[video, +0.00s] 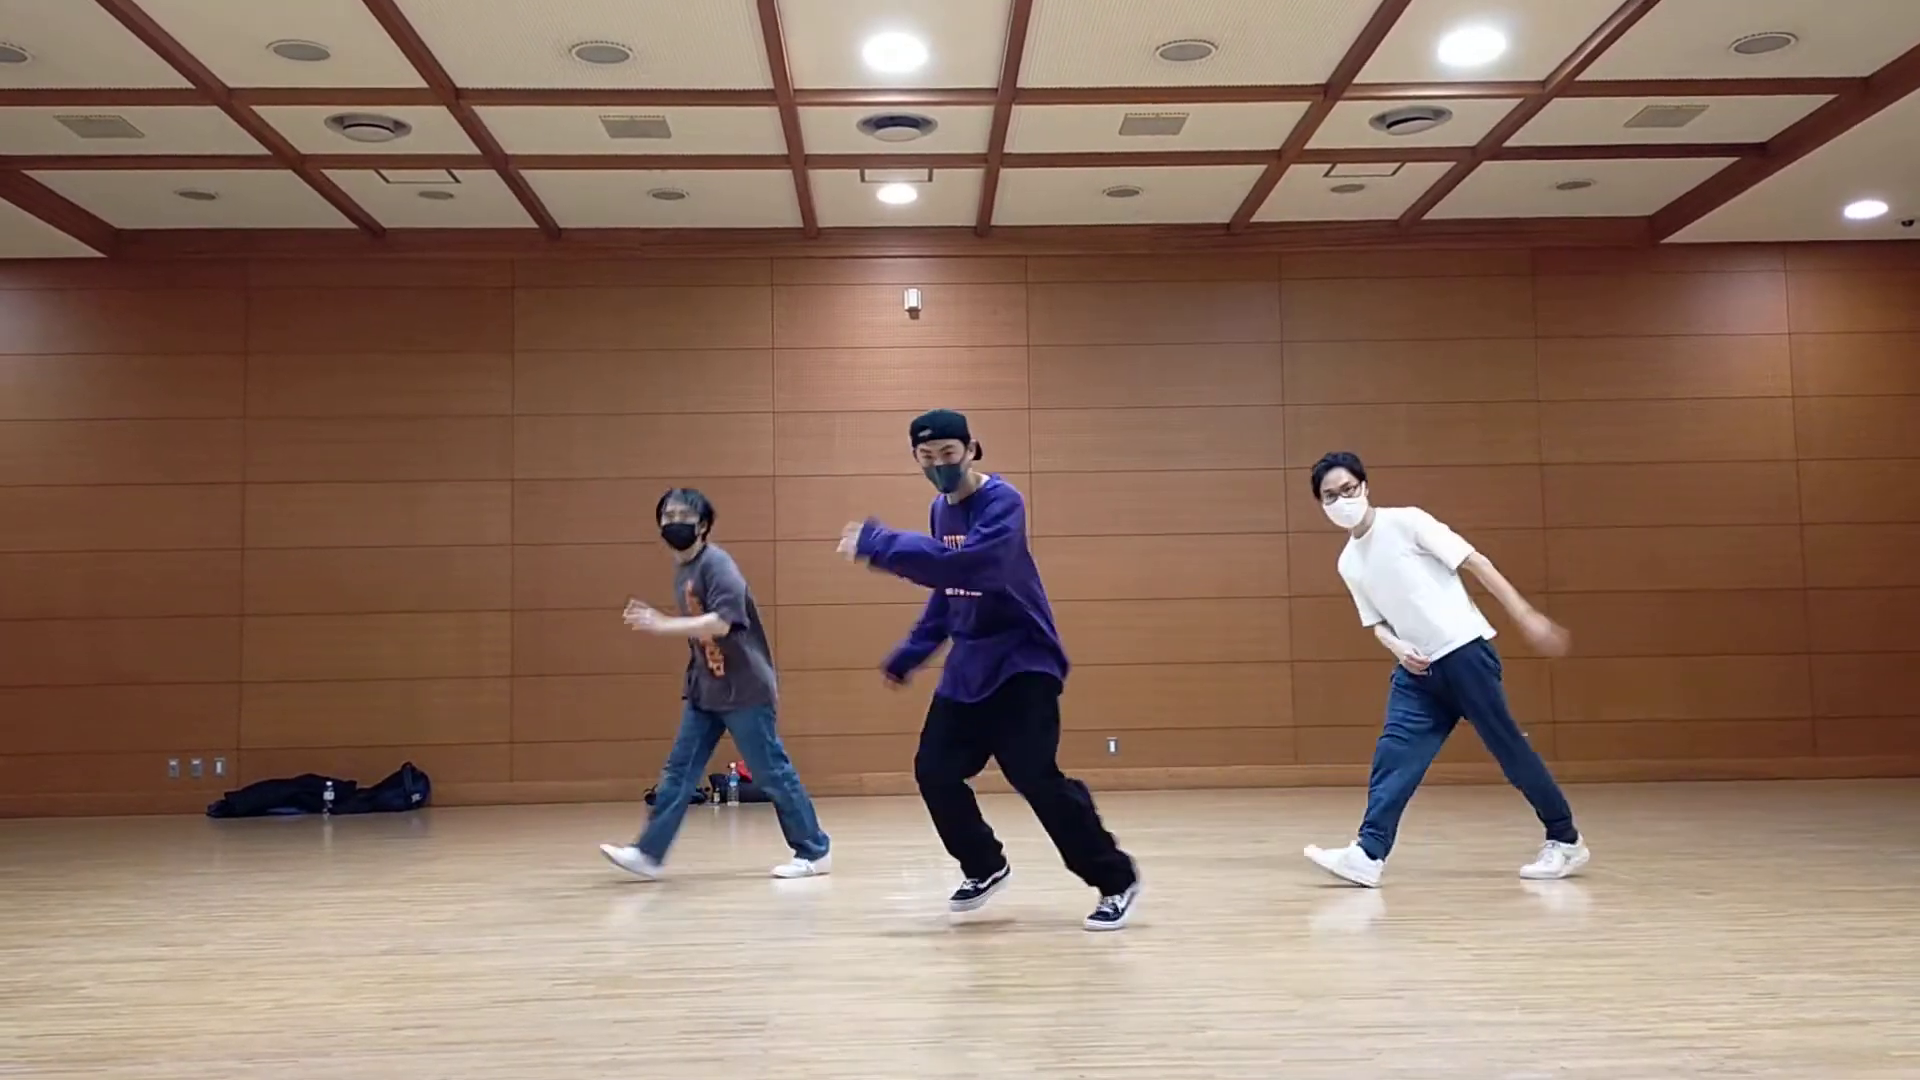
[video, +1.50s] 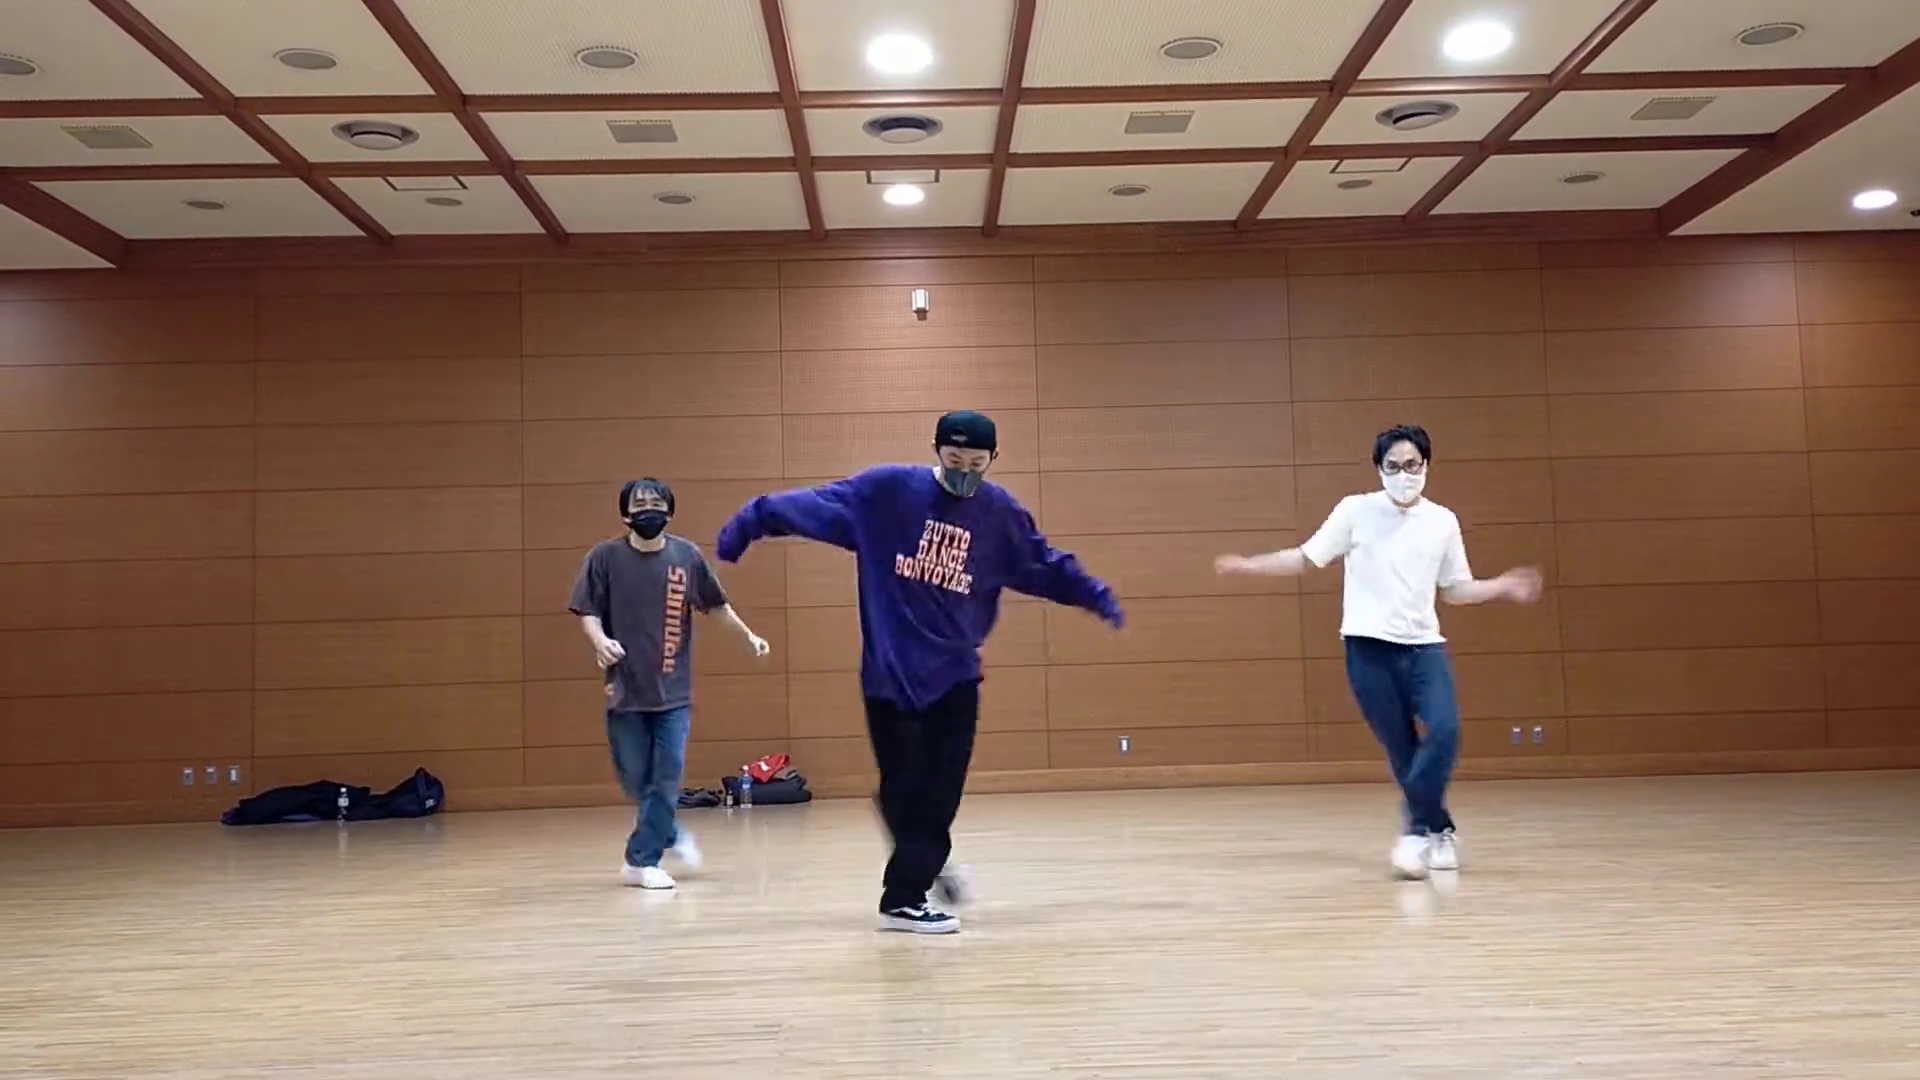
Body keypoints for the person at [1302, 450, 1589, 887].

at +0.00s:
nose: (1342, 501)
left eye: (1349, 489)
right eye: (1331, 496)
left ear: (1365, 488)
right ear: (1322, 506)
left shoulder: (1406, 522)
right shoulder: (1348, 563)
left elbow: (1474, 561)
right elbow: (1376, 624)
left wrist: (1525, 614)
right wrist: (1398, 648)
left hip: (1463, 653)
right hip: (1417, 670)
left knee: (1509, 748)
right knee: (1395, 753)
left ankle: (1566, 841)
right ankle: (1368, 855)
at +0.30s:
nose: (1293, 479)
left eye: (1299, 469)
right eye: (1281, 476)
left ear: (1314, 472)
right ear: (1271, 490)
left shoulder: (1355, 504)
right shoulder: (1280, 556)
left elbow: (1424, 517)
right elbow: (1300, 626)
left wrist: (1491, 523)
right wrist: (1322, 624)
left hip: (1397, 646)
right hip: (1343, 663)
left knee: (1431, 740)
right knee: (1328, 752)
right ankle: (1359, 857)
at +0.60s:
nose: (1293, 483)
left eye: (1301, 474)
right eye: (1283, 475)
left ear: (1311, 477)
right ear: (1265, 479)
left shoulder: (1327, 523)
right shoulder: (1252, 535)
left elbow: (1352, 583)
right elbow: (1233, 582)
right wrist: (1233, 518)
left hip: (1323, 656)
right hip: (1274, 656)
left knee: (1287, 754)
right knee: (1290, 741)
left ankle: (1231, 842)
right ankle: (1281, 840)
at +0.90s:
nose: (1330, 487)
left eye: (1339, 481)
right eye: (1323, 476)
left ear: (1343, 492)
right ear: (1300, 476)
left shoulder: (1313, 543)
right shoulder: (1270, 516)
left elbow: (1279, 612)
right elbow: (1216, 556)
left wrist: (1298, 666)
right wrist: (1244, 584)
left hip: (1272, 657)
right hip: (1232, 649)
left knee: (1324, 744)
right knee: (1212, 747)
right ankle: (1170, 851)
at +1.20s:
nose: (1373, 474)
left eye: (1383, 468)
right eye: (1365, 464)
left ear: (1394, 479)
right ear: (1349, 469)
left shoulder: (1385, 536)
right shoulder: (1314, 501)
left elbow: (1357, 601)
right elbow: (1243, 510)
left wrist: (1343, 653)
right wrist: (1171, 514)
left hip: (1330, 652)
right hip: (1287, 639)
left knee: (1356, 744)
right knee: (1258, 738)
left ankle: (1363, 852)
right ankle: (1195, 831)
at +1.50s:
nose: (1404, 474)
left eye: (1413, 465)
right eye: (1394, 466)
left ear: (1426, 468)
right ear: (1380, 470)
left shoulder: (1442, 522)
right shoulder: (1355, 511)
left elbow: (1456, 589)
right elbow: (1305, 557)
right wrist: (1250, 564)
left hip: (1423, 644)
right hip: (1367, 645)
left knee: (1444, 728)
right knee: (1401, 748)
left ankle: (1414, 833)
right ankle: (1439, 832)